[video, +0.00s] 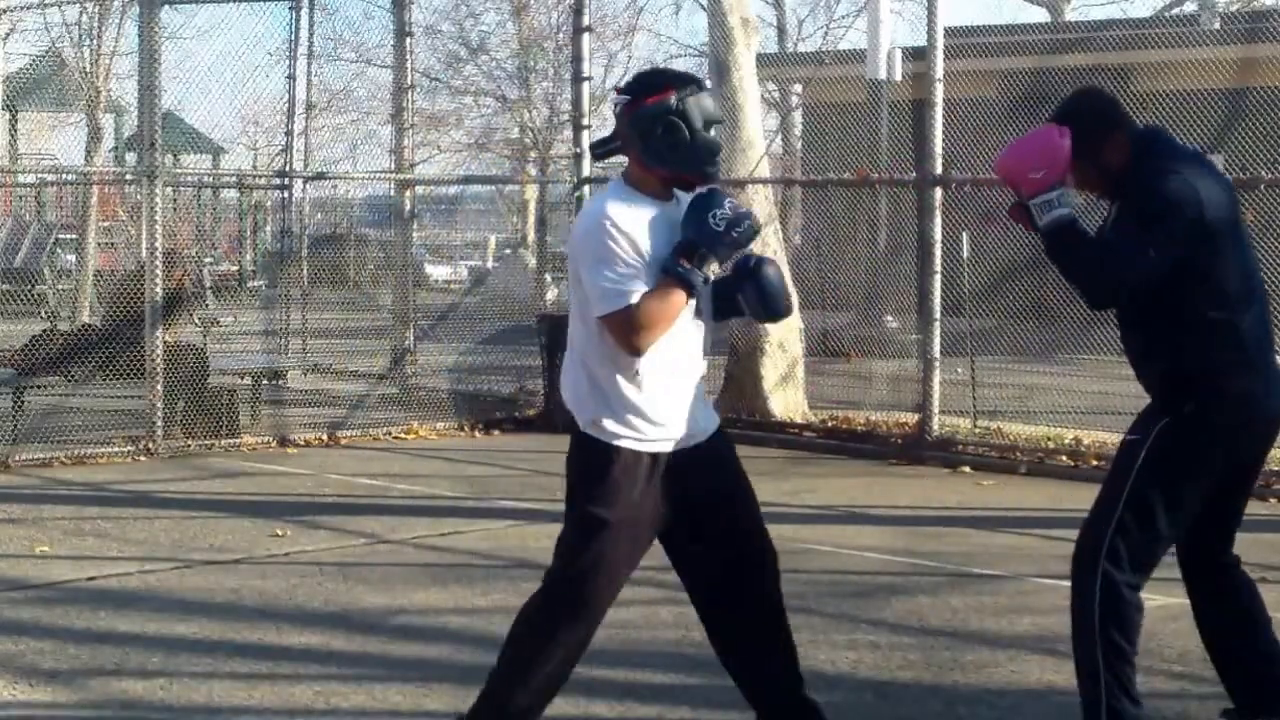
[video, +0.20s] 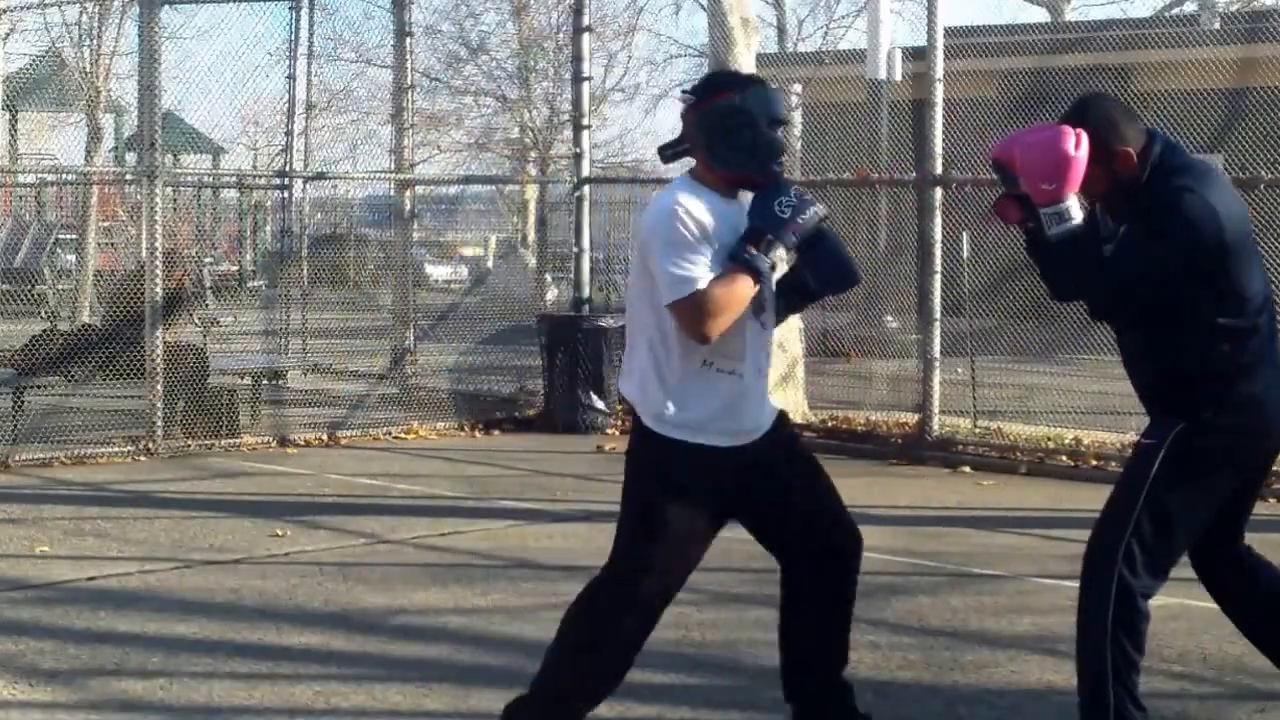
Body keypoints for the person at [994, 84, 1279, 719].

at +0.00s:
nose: (1081, 185)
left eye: (1079, 170)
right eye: (1074, 173)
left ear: (1108, 149)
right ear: (1121, 138)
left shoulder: (1162, 189)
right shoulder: (1187, 170)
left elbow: (1103, 282)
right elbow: (1108, 276)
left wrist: (1051, 208)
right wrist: (1048, 222)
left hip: (1197, 406)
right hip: (1248, 401)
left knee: (1104, 559)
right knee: (1206, 556)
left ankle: (1110, 709)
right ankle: (1264, 700)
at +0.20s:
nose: (1080, 186)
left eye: (1081, 173)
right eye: (1074, 174)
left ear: (1114, 158)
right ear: (1124, 150)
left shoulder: (1177, 204)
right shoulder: (1174, 180)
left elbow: (1108, 297)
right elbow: (1080, 282)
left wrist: (1059, 210)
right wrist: (1036, 221)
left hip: (1205, 415)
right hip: (1248, 409)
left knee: (1117, 562)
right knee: (1220, 555)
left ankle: (1112, 707)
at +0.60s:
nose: (1265, 153)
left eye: (1269, 140)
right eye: (1263, 141)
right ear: (1261, 140)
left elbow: (1262, 272)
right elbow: (1262, 270)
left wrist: (1226, 198)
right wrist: (1228, 202)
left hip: (1278, 415)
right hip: (1276, 412)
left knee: (1216, 557)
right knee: (1217, 557)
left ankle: (1175, 704)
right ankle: (1176, 702)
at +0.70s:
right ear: (1267, 153)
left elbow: (1266, 244)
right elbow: (1267, 243)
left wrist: (1240, 163)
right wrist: (1241, 165)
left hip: (1277, 422)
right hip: (1277, 419)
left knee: (1263, 557)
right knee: (1262, 557)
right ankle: (1270, 690)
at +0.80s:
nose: (1239, 197)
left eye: (1242, 184)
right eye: (1237, 185)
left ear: (1260, 181)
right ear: (1259, 180)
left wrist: (1254, 184)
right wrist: (1255, 186)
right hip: (1279, 457)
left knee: (1262, 552)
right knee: (1258, 548)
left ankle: (1274, 696)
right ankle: (1272, 695)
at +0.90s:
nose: (1251, 233)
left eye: (1250, 212)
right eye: (1247, 216)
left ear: (1261, 204)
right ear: (1261, 204)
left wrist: (1261, 209)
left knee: (1253, 537)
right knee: (1249, 535)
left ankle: (1257, 701)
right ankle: (1256, 699)